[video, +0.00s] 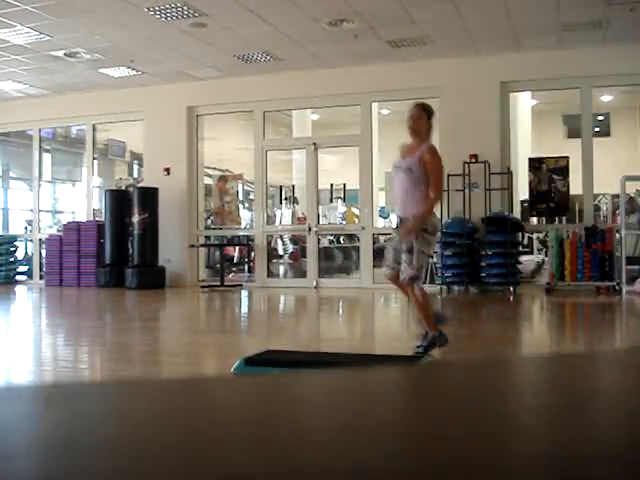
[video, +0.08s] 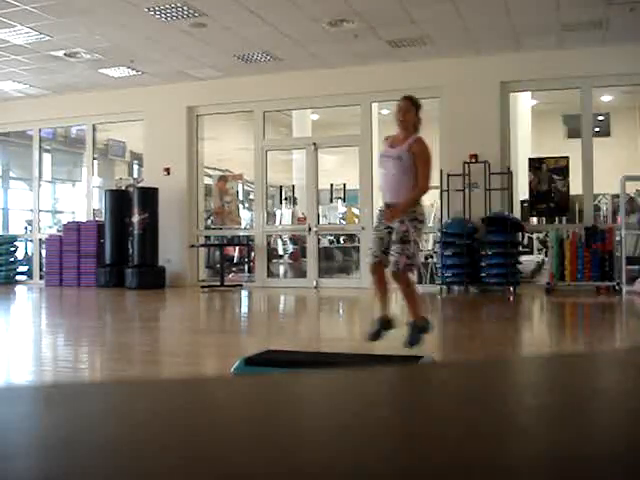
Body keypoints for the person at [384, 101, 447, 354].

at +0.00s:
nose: (411, 121)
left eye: (417, 118)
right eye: (410, 117)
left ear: (428, 122)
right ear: (408, 121)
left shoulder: (429, 153)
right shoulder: (405, 150)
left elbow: (435, 193)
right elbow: (406, 187)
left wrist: (417, 221)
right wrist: (401, 214)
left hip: (421, 220)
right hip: (404, 219)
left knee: (412, 280)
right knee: (393, 274)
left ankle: (432, 331)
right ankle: (432, 316)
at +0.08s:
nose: (401, 115)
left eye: (407, 111)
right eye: (399, 111)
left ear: (417, 115)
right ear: (395, 115)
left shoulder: (418, 146)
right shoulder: (389, 142)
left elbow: (424, 185)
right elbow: (391, 177)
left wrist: (400, 209)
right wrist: (388, 203)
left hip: (409, 212)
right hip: (388, 209)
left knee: (399, 270)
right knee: (376, 265)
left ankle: (418, 319)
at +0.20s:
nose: (385, 127)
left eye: (390, 123)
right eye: (382, 123)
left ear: (399, 127)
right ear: (377, 126)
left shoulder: (404, 160)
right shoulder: (368, 154)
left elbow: (408, 197)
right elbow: (366, 187)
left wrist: (393, 224)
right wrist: (364, 216)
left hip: (389, 221)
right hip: (366, 218)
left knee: (379, 280)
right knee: (359, 277)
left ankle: (380, 327)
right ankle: (348, 328)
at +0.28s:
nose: (378, 138)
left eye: (383, 134)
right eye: (375, 133)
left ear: (391, 137)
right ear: (370, 137)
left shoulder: (399, 171)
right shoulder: (359, 167)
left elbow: (403, 209)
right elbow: (354, 195)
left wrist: (395, 237)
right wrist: (350, 216)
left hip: (382, 234)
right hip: (357, 231)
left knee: (371, 289)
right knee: (349, 287)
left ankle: (372, 331)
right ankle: (346, 333)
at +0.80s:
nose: (375, 129)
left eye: (379, 125)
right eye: (370, 125)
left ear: (386, 129)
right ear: (364, 130)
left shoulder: (397, 165)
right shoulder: (354, 162)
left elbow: (401, 201)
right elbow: (342, 198)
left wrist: (396, 232)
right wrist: (343, 231)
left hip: (385, 232)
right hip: (355, 230)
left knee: (379, 288)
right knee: (349, 288)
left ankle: (379, 338)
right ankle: (347, 325)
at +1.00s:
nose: (371, 106)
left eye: (375, 102)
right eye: (367, 102)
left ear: (383, 107)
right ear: (361, 108)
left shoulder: (395, 140)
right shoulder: (351, 138)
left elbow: (403, 177)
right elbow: (339, 175)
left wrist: (400, 209)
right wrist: (340, 207)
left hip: (384, 207)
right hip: (355, 205)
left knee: (384, 269)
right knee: (356, 268)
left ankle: (382, 326)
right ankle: (356, 326)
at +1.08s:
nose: (371, 106)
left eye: (375, 102)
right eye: (367, 103)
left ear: (383, 107)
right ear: (360, 108)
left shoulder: (395, 141)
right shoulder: (351, 139)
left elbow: (403, 178)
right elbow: (340, 176)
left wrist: (399, 209)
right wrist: (340, 209)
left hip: (384, 207)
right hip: (355, 206)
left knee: (385, 270)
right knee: (358, 270)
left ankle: (383, 326)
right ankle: (357, 329)